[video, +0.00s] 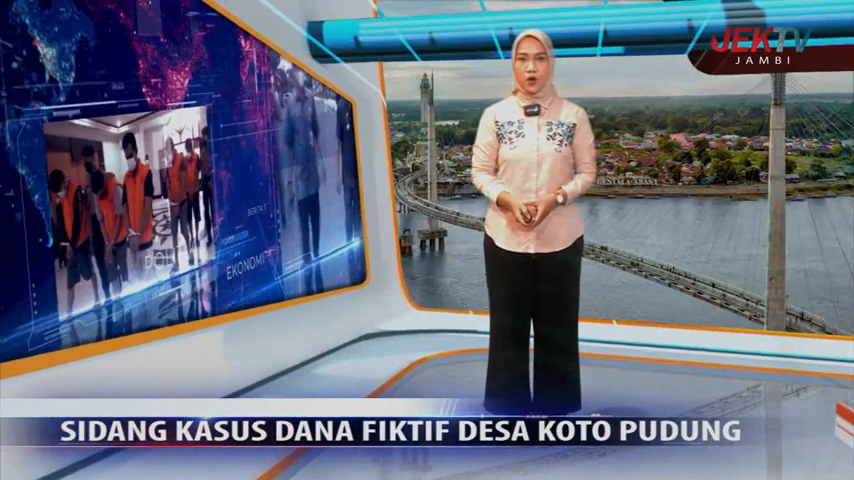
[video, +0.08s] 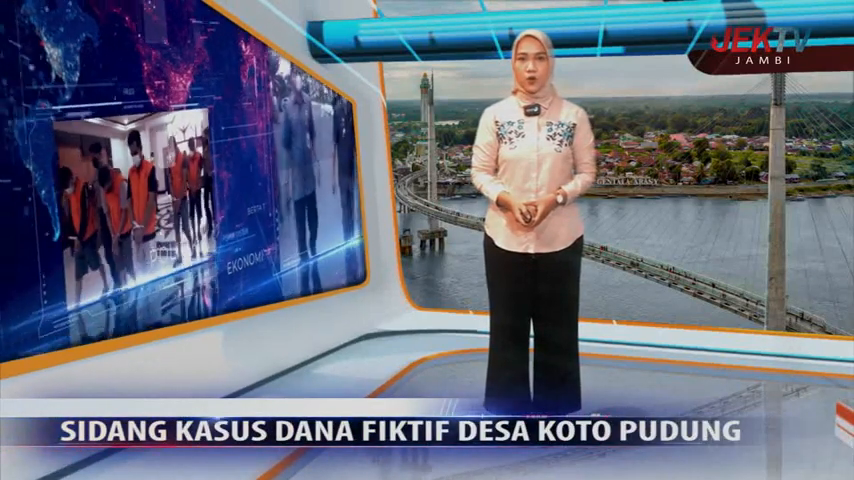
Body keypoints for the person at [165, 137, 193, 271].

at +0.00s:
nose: (168, 150)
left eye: (169, 147)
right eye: (166, 148)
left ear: (173, 147)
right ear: (166, 149)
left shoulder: (180, 159)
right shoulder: (168, 162)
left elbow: (184, 179)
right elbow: (168, 180)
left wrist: (183, 195)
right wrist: (169, 195)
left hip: (183, 199)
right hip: (173, 200)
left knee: (184, 229)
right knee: (174, 231)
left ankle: (190, 254)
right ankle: (176, 261)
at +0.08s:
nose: (171, 151)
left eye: (173, 147)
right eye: (169, 148)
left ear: (176, 147)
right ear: (168, 150)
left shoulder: (182, 159)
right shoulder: (169, 163)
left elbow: (186, 178)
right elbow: (170, 181)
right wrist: (171, 194)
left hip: (184, 196)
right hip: (175, 197)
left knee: (185, 226)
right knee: (176, 227)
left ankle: (192, 247)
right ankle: (178, 254)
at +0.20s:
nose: (175, 149)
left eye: (177, 147)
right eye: (174, 147)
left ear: (180, 148)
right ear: (173, 148)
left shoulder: (186, 161)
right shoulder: (173, 162)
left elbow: (189, 177)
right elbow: (172, 179)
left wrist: (189, 189)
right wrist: (174, 190)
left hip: (186, 195)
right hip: (177, 196)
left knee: (186, 223)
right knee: (180, 223)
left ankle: (191, 247)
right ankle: (184, 249)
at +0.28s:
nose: (178, 151)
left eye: (180, 149)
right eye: (178, 149)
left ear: (182, 150)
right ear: (176, 150)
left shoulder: (189, 164)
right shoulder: (176, 165)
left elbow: (190, 179)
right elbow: (176, 179)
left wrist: (188, 192)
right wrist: (177, 191)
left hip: (187, 196)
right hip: (180, 196)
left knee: (187, 222)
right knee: (183, 222)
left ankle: (188, 248)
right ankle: (187, 247)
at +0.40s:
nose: (182, 157)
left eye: (183, 155)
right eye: (181, 155)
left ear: (186, 154)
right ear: (179, 155)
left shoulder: (192, 166)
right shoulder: (179, 166)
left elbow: (195, 181)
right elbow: (179, 180)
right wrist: (181, 194)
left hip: (191, 197)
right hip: (183, 198)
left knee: (189, 223)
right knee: (187, 222)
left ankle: (190, 243)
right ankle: (190, 243)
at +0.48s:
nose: (184, 158)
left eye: (185, 155)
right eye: (182, 156)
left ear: (189, 155)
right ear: (181, 157)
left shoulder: (193, 166)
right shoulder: (183, 168)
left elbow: (195, 181)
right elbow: (183, 183)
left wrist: (193, 196)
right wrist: (185, 197)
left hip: (194, 196)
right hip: (187, 197)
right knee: (189, 221)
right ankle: (192, 240)